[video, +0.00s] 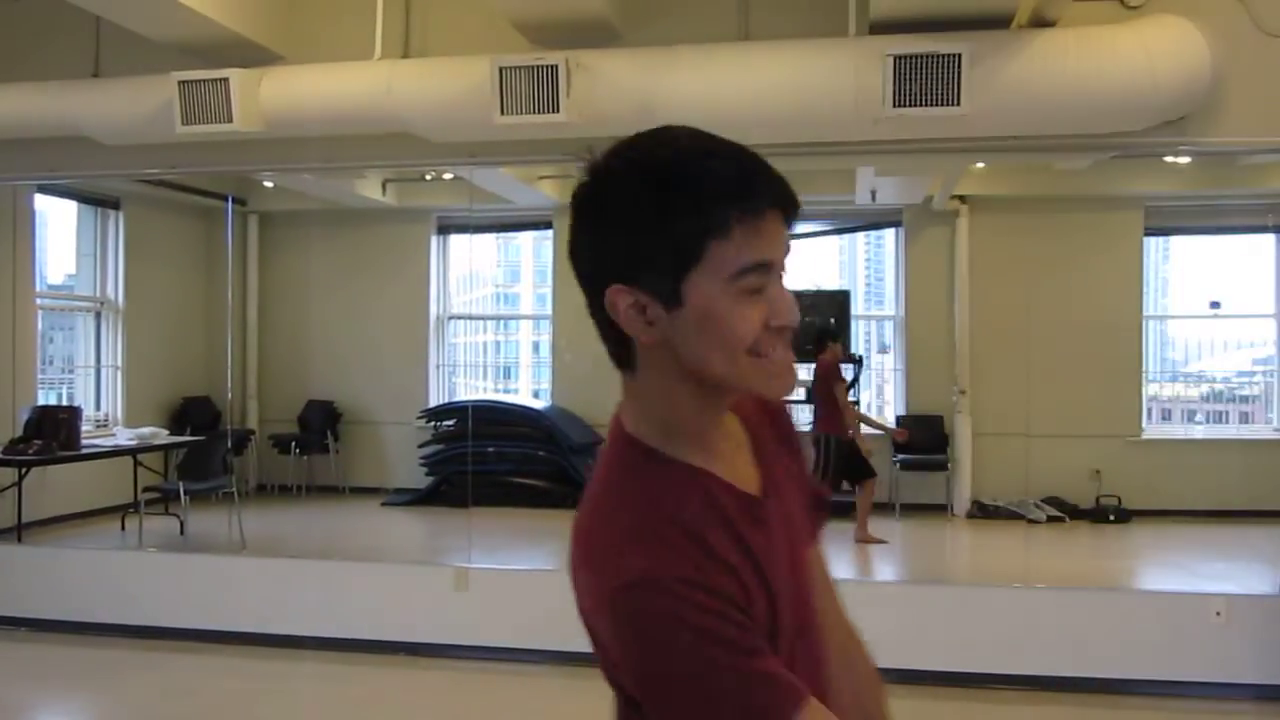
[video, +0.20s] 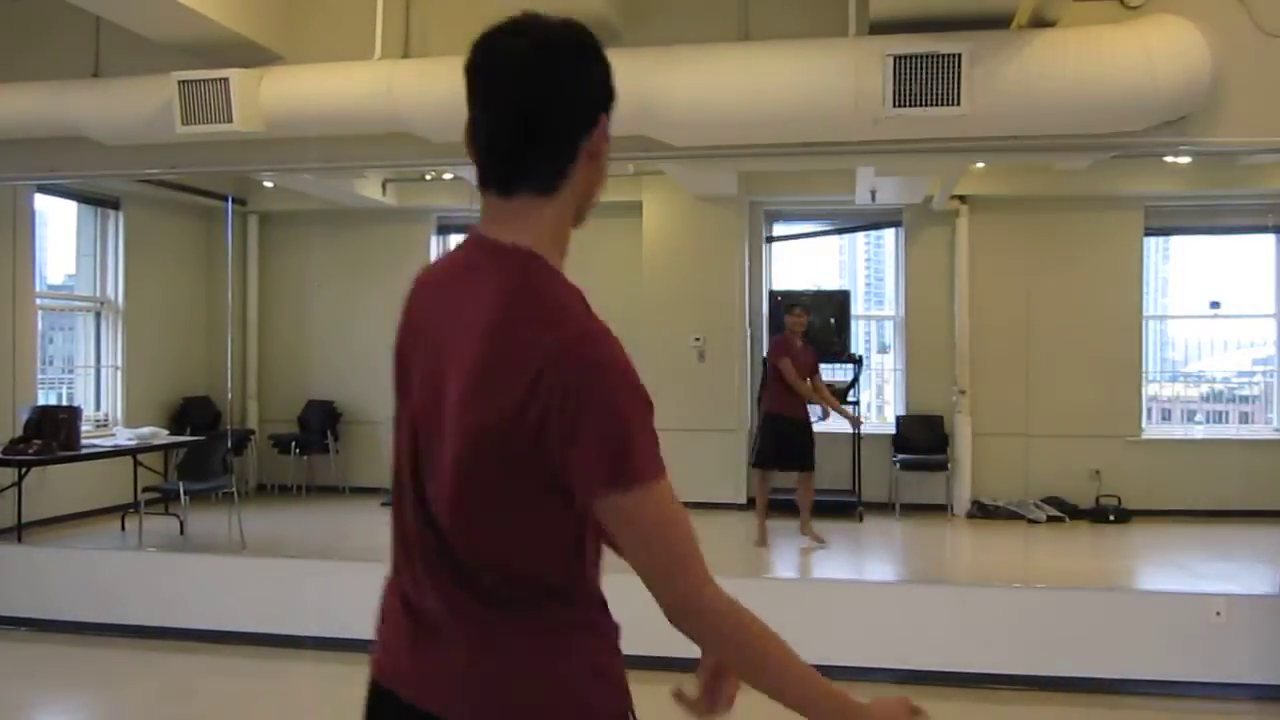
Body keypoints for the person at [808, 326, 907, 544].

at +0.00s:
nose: (843, 349)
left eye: (842, 344)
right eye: (840, 344)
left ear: (825, 348)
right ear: (829, 346)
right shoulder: (830, 368)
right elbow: (844, 407)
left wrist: (889, 430)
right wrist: (857, 439)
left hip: (832, 435)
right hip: (831, 436)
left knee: (867, 478)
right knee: (823, 488)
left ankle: (862, 531)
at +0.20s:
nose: (798, 320)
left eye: (802, 316)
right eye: (793, 315)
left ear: (807, 320)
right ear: (785, 319)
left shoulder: (808, 351)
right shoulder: (778, 345)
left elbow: (820, 388)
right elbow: (794, 381)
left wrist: (847, 415)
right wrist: (819, 401)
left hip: (799, 418)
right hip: (774, 417)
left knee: (806, 472)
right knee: (764, 472)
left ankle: (806, 525)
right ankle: (761, 527)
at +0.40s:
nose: (753, 324)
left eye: (758, 319)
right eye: (750, 320)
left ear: (768, 321)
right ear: (746, 323)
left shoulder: (784, 351)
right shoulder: (743, 348)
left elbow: (802, 386)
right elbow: (725, 365)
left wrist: (819, 420)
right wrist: (709, 359)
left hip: (760, 416)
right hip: (737, 411)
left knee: (744, 473)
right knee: (716, 461)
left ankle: (736, 527)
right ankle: (692, 512)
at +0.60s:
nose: (723, 335)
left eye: (728, 330)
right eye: (720, 330)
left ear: (739, 332)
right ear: (716, 333)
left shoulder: (750, 363)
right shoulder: (713, 364)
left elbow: (771, 384)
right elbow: (691, 390)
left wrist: (792, 402)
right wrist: (666, 411)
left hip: (729, 433)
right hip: (703, 429)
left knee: (727, 489)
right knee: (672, 475)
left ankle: (730, 534)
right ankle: (645, 521)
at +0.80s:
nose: (696, 328)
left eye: (702, 324)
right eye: (695, 323)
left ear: (713, 328)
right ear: (691, 325)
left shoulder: (703, 351)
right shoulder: (701, 352)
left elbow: (690, 358)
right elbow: (721, 354)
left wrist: (676, 358)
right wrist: (737, 345)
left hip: (688, 412)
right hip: (670, 414)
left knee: (720, 463)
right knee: (664, 479)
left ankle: (760, 505)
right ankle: (664, 537)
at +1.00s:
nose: (679, 324)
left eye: (685, 322)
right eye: (679, 319)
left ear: (695, 326)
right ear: (682, 321)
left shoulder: (674, 356)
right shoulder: (693, 342)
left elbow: (634, 363)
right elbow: (691, 303)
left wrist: (596, 357)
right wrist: (701, 270)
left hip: (667, 399)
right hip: (679, 401)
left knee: (678, 424)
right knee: (667, 472)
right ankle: (663, 536)